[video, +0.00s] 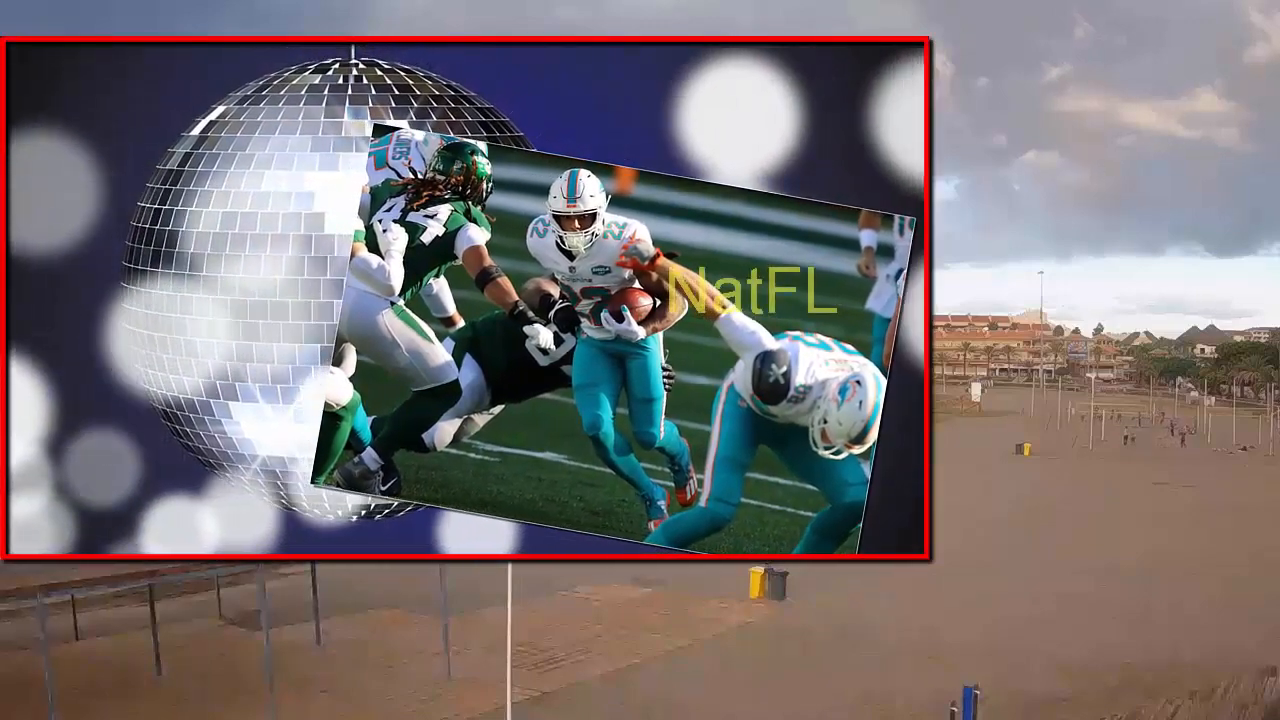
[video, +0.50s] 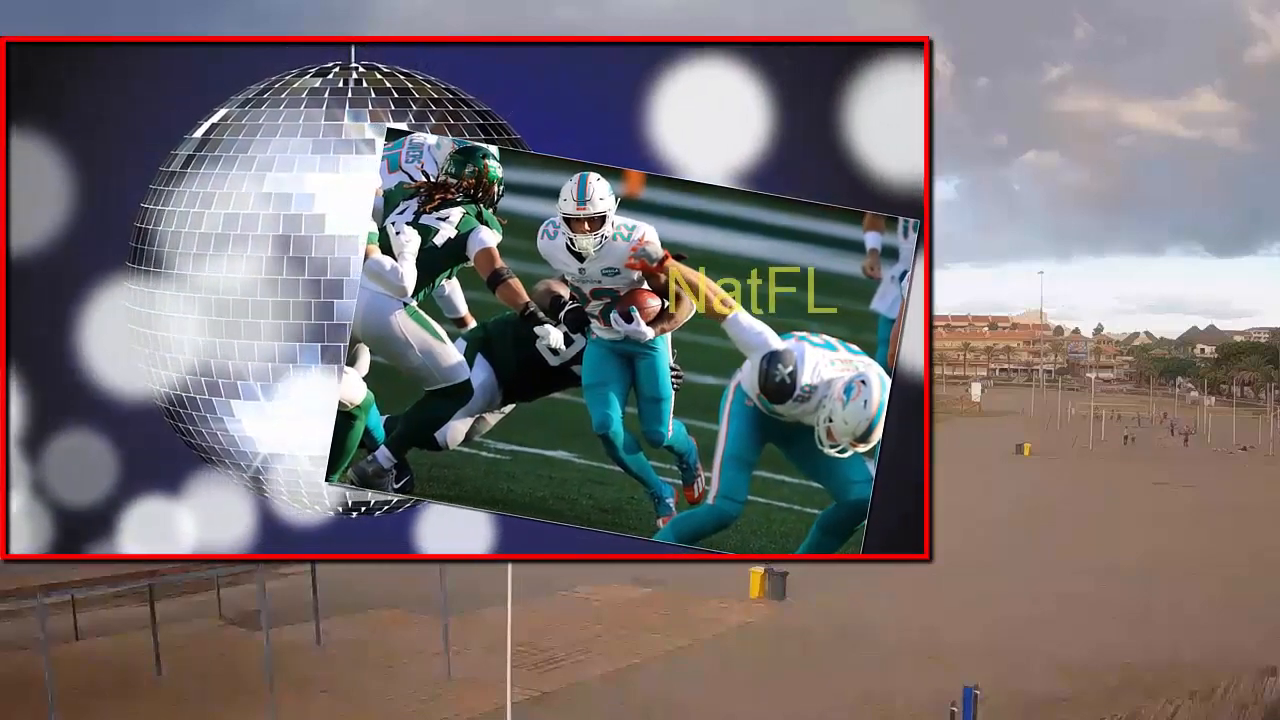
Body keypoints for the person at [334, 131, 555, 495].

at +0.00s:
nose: (485, 189)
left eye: (485, 182)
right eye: (483, 182)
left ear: (435, 170)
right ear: (473, 182)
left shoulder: (390, 190)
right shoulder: (463, 218)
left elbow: (340, 207)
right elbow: (485, 273)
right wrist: (522, 314)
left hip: (328, 289)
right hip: (374, 306)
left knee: (334, 369)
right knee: (445, 388)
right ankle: (367, 462)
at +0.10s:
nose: (487, 190)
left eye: (487, 182)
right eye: (485, 182)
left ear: (437, 170)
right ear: (474, 182)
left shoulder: (393, 192)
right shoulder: (464, 220)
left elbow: (343, 207)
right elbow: (488, 274)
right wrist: (526, 316)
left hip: (332, 289)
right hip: (376, 306)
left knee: (337, 369)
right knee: (447, 387)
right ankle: (370, 463)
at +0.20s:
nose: (490, 190)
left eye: (489, 182)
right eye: (487, 182)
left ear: (440, 171)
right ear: (477, 183)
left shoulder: (395, 192)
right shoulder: (467, 219)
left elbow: (346, 208)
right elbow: (490, 274)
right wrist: (528, 316)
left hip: (333, 289)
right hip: (378, 306)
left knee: (340, 369)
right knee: (449, 388)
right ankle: (373, 463)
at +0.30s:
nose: (492, 191)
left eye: (492, 184)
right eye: (490, 183)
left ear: (443, 173)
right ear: (478, 183)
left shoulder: (399, 193)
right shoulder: (469, 221)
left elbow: (352, 208)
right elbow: (492, 274)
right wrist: (530, 316)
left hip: (337, 288)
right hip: (381, 306)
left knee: (343, 369)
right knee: (452, 387)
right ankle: (375, 462)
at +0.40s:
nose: (493, 191)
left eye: (493, 183)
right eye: (491, 183)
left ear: (445, 172)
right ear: (482, 184)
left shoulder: (401, 193)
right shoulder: (472, 221)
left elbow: (351, 209)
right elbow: (494, 274)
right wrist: (532, 315)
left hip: (338, 289)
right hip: (383, 306)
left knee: (347, 368)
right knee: (455, 388)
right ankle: (378, 462)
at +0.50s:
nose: (496, 191)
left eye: (496, 184)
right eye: (493, 184)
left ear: (446, 173)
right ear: (482, 185)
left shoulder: (401, 194)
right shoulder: (472, 223)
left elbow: (357, 219)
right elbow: (497, 275)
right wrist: (535, 317)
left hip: (341, 289)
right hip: (387, 307)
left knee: (348, 371)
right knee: (457, 387)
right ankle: (381, 461)